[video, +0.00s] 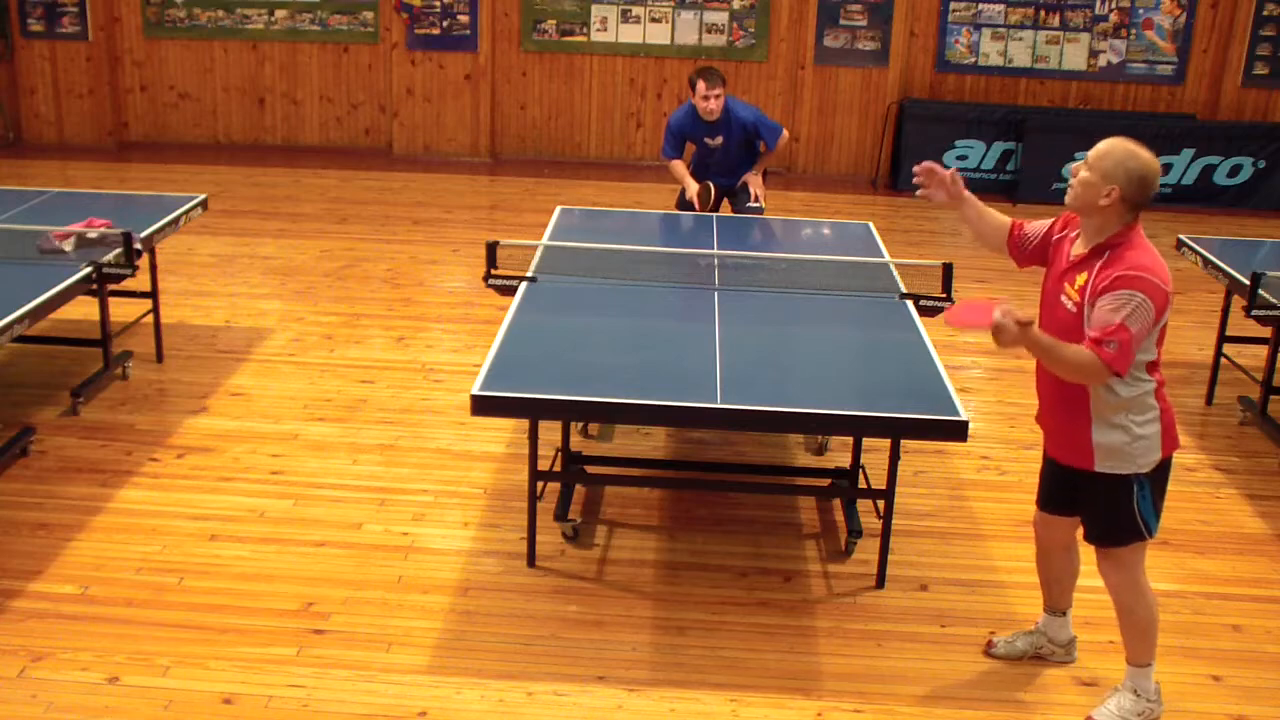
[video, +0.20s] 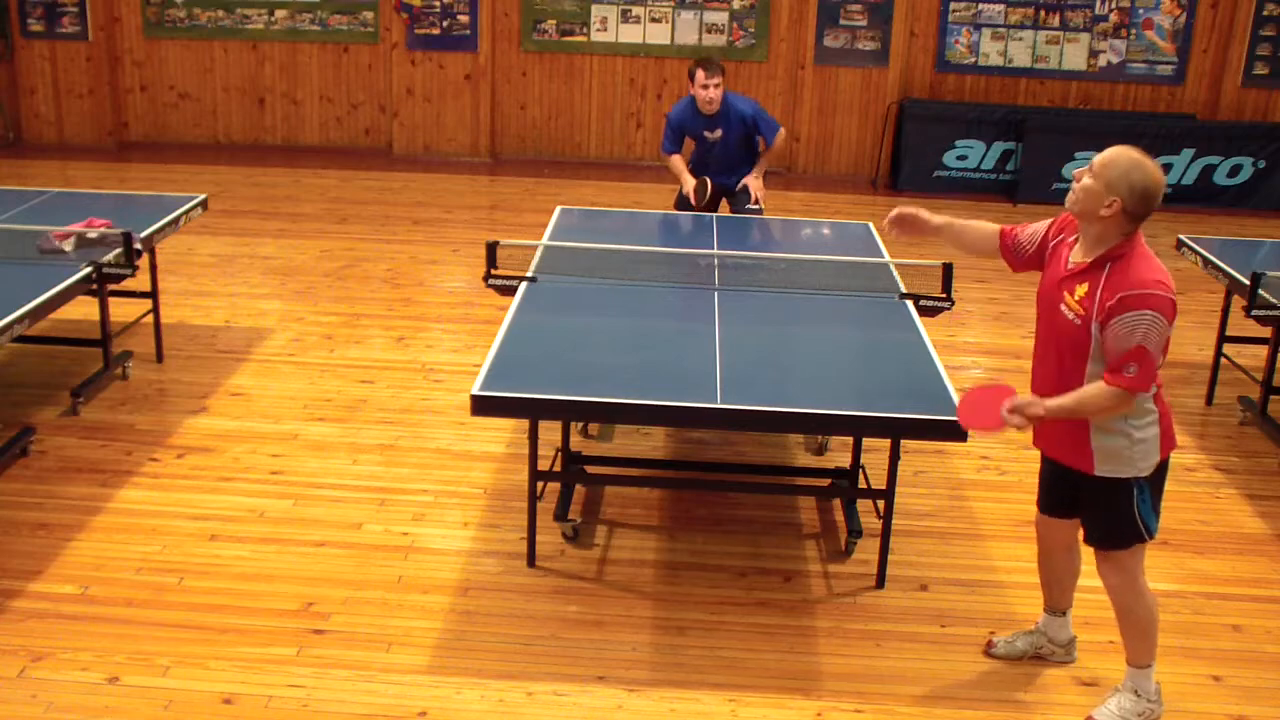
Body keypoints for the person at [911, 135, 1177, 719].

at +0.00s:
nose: (1071, 171)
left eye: (1083, 167)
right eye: (1079, 163)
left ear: (1108, 197)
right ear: (1102, 196)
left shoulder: (1137, 277)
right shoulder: (1068, 232)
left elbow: (1099, 366)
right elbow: (1009, 238)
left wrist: (1026, 338)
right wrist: (960, 199)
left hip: (1123, 447)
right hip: (1068, 432)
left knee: (1121, 564)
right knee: (1053, 528)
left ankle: (1142, 689)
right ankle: (1055, 632)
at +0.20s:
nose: (1075, 175)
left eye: (1087, 174)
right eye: (1084, 168)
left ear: (1109, 208)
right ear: (1107, 205)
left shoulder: (1143, 289)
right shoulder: (1065, 233)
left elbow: (1124, 388)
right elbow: (1003, 242)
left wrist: (1045, 406)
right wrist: (934, 227)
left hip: (1123, 449)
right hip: (1065, 431)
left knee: (1121, 569)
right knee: (1055, 529)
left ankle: (1142, 689)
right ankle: (1056, 632)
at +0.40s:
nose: (1040, 194)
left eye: (1051, 192)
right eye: (1048, 187)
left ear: (1074, 224)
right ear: (1074, 223)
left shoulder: (1124, 295)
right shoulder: (1047, 256)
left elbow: (1142, 389)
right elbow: (1007, 272)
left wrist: (1100, 431)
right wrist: (944, 281)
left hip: (1121, 461)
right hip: (1060, 444)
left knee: (1118, 578)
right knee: (1034, 533)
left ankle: (1141, 689)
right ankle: (1052, 633)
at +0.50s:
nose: (997, 225)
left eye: (1005, 222)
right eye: (1001, 217)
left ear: (1034, 244)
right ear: (1037, 242)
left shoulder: (1097, 298)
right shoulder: (1043, 266)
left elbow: (1119, 397)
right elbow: (1026, 307)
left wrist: (1084, 390)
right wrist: (972, 323)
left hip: (1109, 466)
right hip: (1059, 453)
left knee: (1106, 586)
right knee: (1016, 537)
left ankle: (1141, 691)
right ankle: (1037, 661)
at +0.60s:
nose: (959, 255)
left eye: (964, 247)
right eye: (959, 245)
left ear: (996, 253)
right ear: (1003, 247)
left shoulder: (1056, 297)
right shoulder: (1028, 277)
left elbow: (1070, 395)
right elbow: (1041, 357)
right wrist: (991, 357)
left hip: (1092, 477)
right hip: (1047, 464)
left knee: (1070, 599)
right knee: (1002, 552)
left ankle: (1136, 683)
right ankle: (1029, 672)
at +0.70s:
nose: (940, 251)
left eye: (941, 242)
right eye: (940, 241)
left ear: (960, 247)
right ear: (995, 234)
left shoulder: (1014, 308)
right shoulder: (1032, 273)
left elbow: (1016, 406)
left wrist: (942, 400)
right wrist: (975, 382)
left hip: (1064, 484)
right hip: (1032, 467)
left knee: (1008, 600)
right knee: (984, 559)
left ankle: (1101, 667)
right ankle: (1026, 672)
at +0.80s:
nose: (927, 238)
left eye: (928, 229)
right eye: (929, 229)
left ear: (939, 236)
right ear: (989, 227)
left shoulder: (981, 303)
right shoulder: (1026, 270)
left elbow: (954, 397)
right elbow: (1076, 332)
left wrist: (874, 359)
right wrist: (1013, 365)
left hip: (1023, 485)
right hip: (1058, 468)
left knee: (937, 588)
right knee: (982, 570)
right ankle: (1027, 671)